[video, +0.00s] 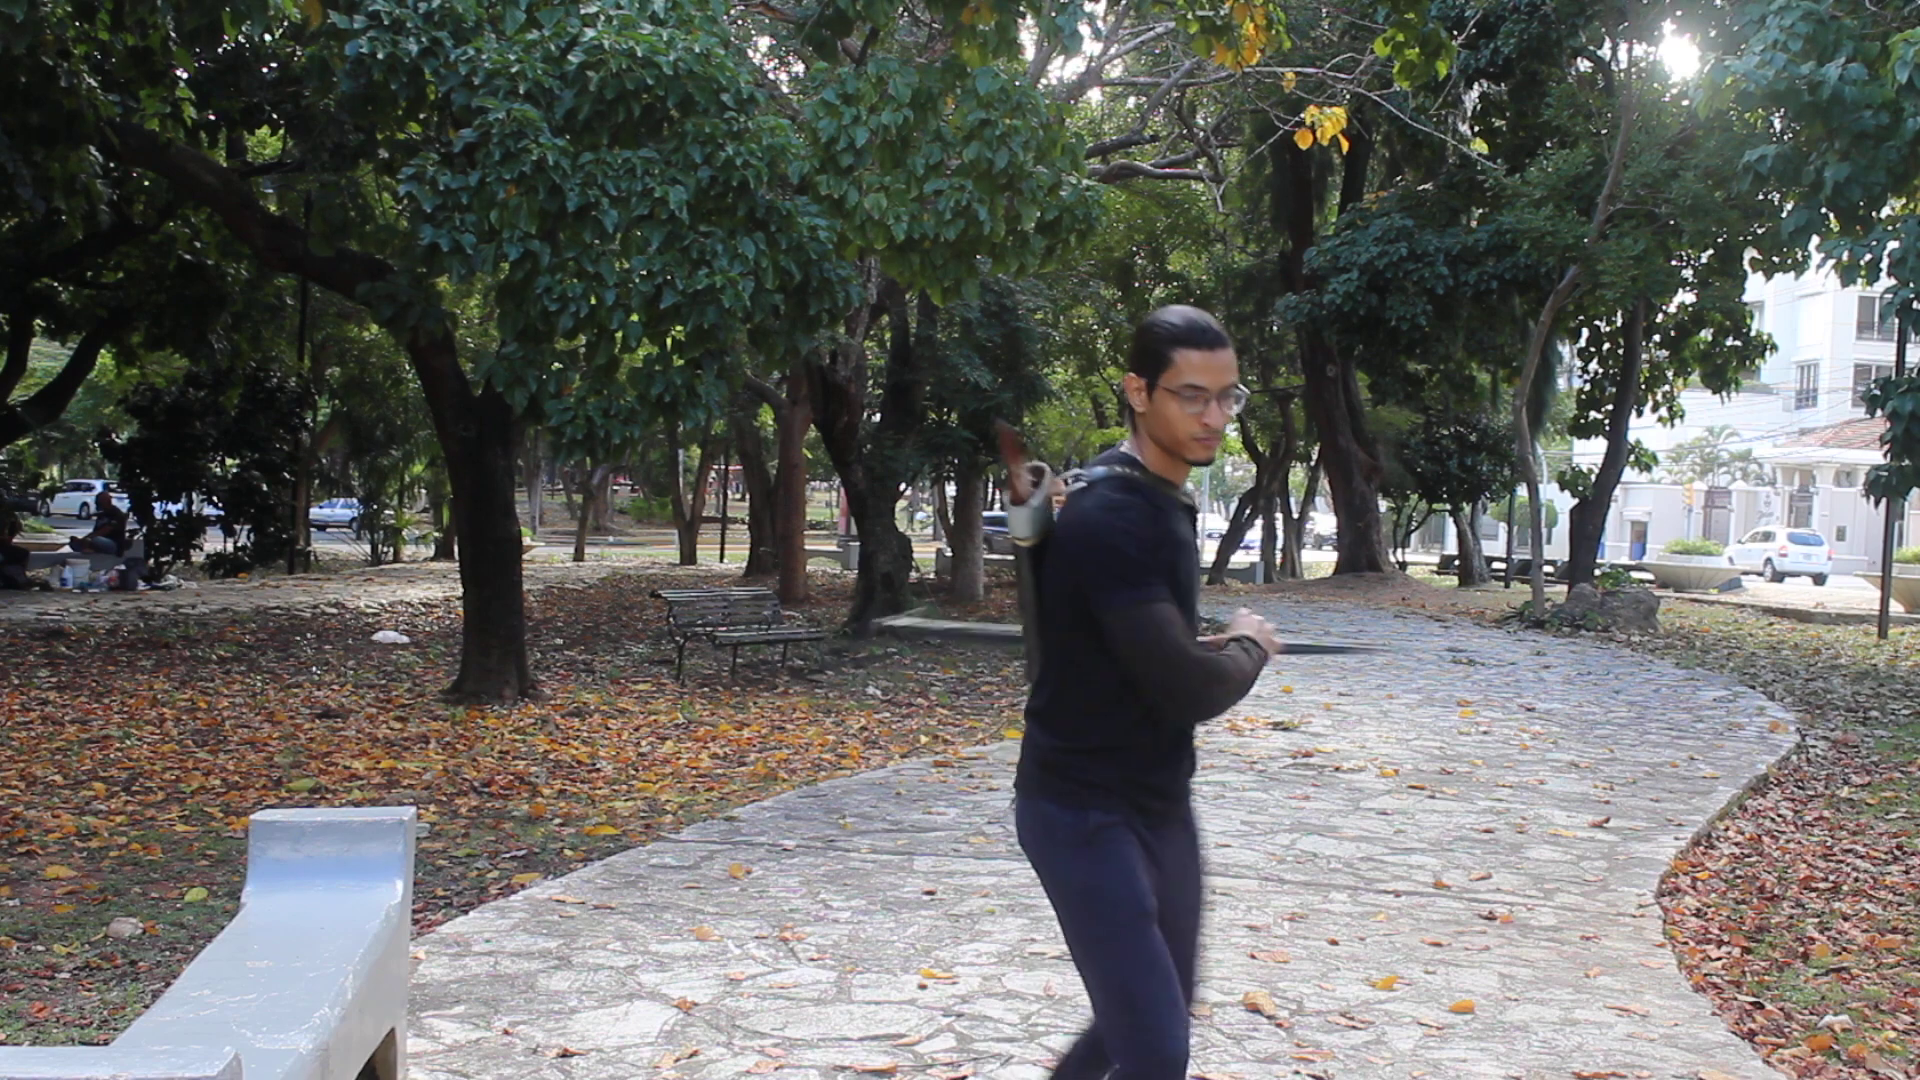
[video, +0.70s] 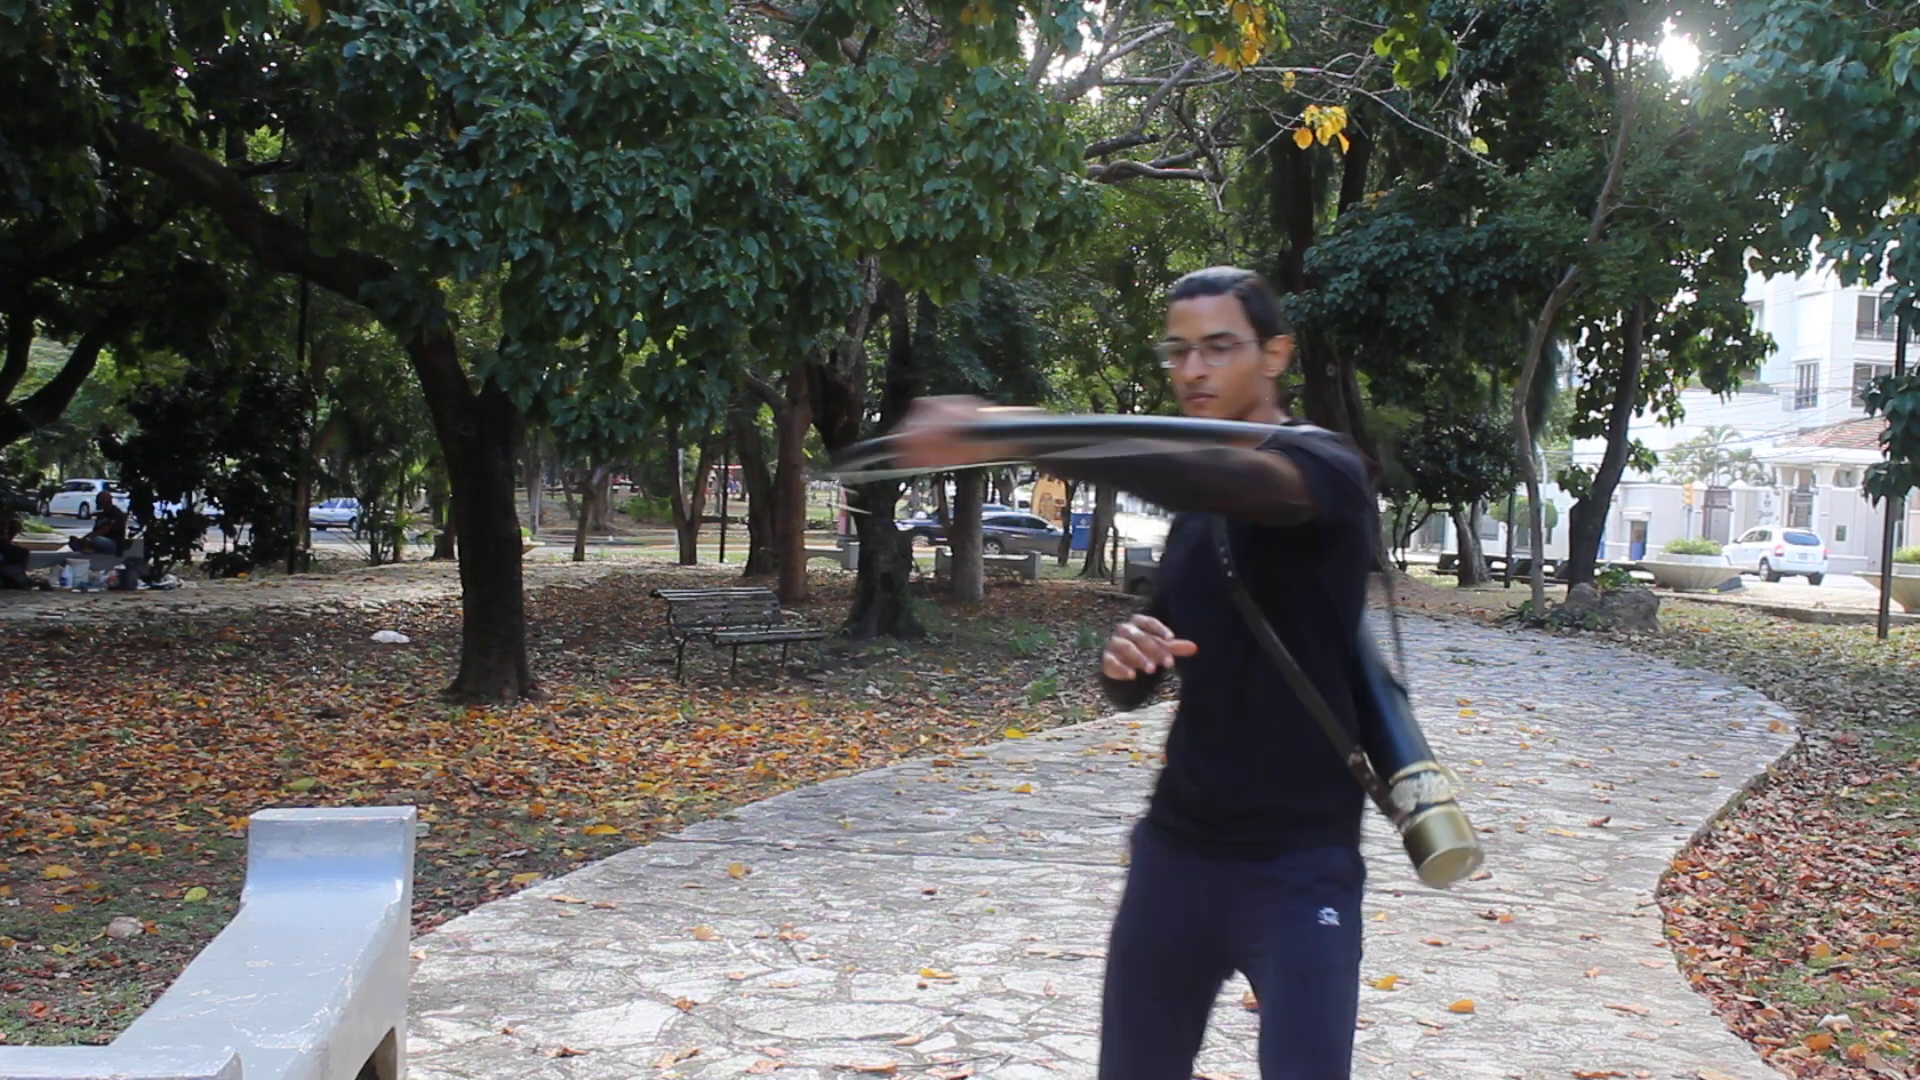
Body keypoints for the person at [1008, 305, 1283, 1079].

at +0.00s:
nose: (1214, 417)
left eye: (1225, 395)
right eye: (1191, 395)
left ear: (1236, 394)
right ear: (1136, 395)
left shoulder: (1167, 505)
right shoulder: (1103, 513)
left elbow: (1162, 654)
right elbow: (1187, 689)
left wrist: (1215, 647)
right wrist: (1250, 646)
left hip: (1158, 803)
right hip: (1079, 806)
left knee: (1146, 1025)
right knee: (1155, 1047)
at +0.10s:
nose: (1192, 404)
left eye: (1207, 380)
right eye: (1168, 381)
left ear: (1224, 381)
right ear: (1124, 383)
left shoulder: (1183, 495)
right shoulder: (1077, 507)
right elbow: (1109, 684)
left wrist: (1239, 642)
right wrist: (1247, 660)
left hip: (1185, 798)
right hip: (1085, 805)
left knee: (1235, 1026)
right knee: (1146, 1056)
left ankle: (1155, 1067)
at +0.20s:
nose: (1163, 387)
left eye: (1182, 364)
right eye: (1141, 365)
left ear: (1208, 364)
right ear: (1106, 366)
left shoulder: (1221, 485)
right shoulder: (1053, 496)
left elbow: (1312, 556)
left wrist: (1412, 601)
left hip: (1210, 801)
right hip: (1090, 810)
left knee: (1282, 1044)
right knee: (1133, 1062)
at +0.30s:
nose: (1140, 371)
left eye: (1160, 349)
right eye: (1119, 351)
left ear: (1197, 353)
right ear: (1094, 358)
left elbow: (1402, 539)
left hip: (1232, 810)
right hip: (1097, 816)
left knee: (1306, 1052)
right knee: (1119, 1060)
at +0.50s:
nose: (1143, 365)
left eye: (1166, 342)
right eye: (1125, 345)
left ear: (1213, 349)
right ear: (1109, 357)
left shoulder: (1271, 461)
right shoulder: (1081, 492)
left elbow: (1386, 491)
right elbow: (994, 648)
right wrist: (1071, 644)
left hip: (1261, 831)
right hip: (1119, 833)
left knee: (1317, 1064)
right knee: (1109, 1064)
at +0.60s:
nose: (1167, 368)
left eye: (1189, 345)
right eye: (1151, 347)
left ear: (1242, 350)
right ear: (1135, 358)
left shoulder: (1297, 467)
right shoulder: (1131, 501)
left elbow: (1332, 497)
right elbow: (1052, 656)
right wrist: (1084, 645)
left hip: (1285, 843)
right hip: (1147, 843)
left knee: (1315, 1068)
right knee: (1117, 1068)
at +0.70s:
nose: (1193, 369)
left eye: (1218, 346)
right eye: (1179, 350)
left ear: (1276, 357)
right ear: (1168, 363)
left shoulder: (1326, 467)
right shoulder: (1199, 490)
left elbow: (1194, 466)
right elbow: (1131, 687)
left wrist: (1004, 434)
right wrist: (1127, 659)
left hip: (1301, 863)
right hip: (1177, 854)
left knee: (1304, 1067)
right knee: (1133, 1067)